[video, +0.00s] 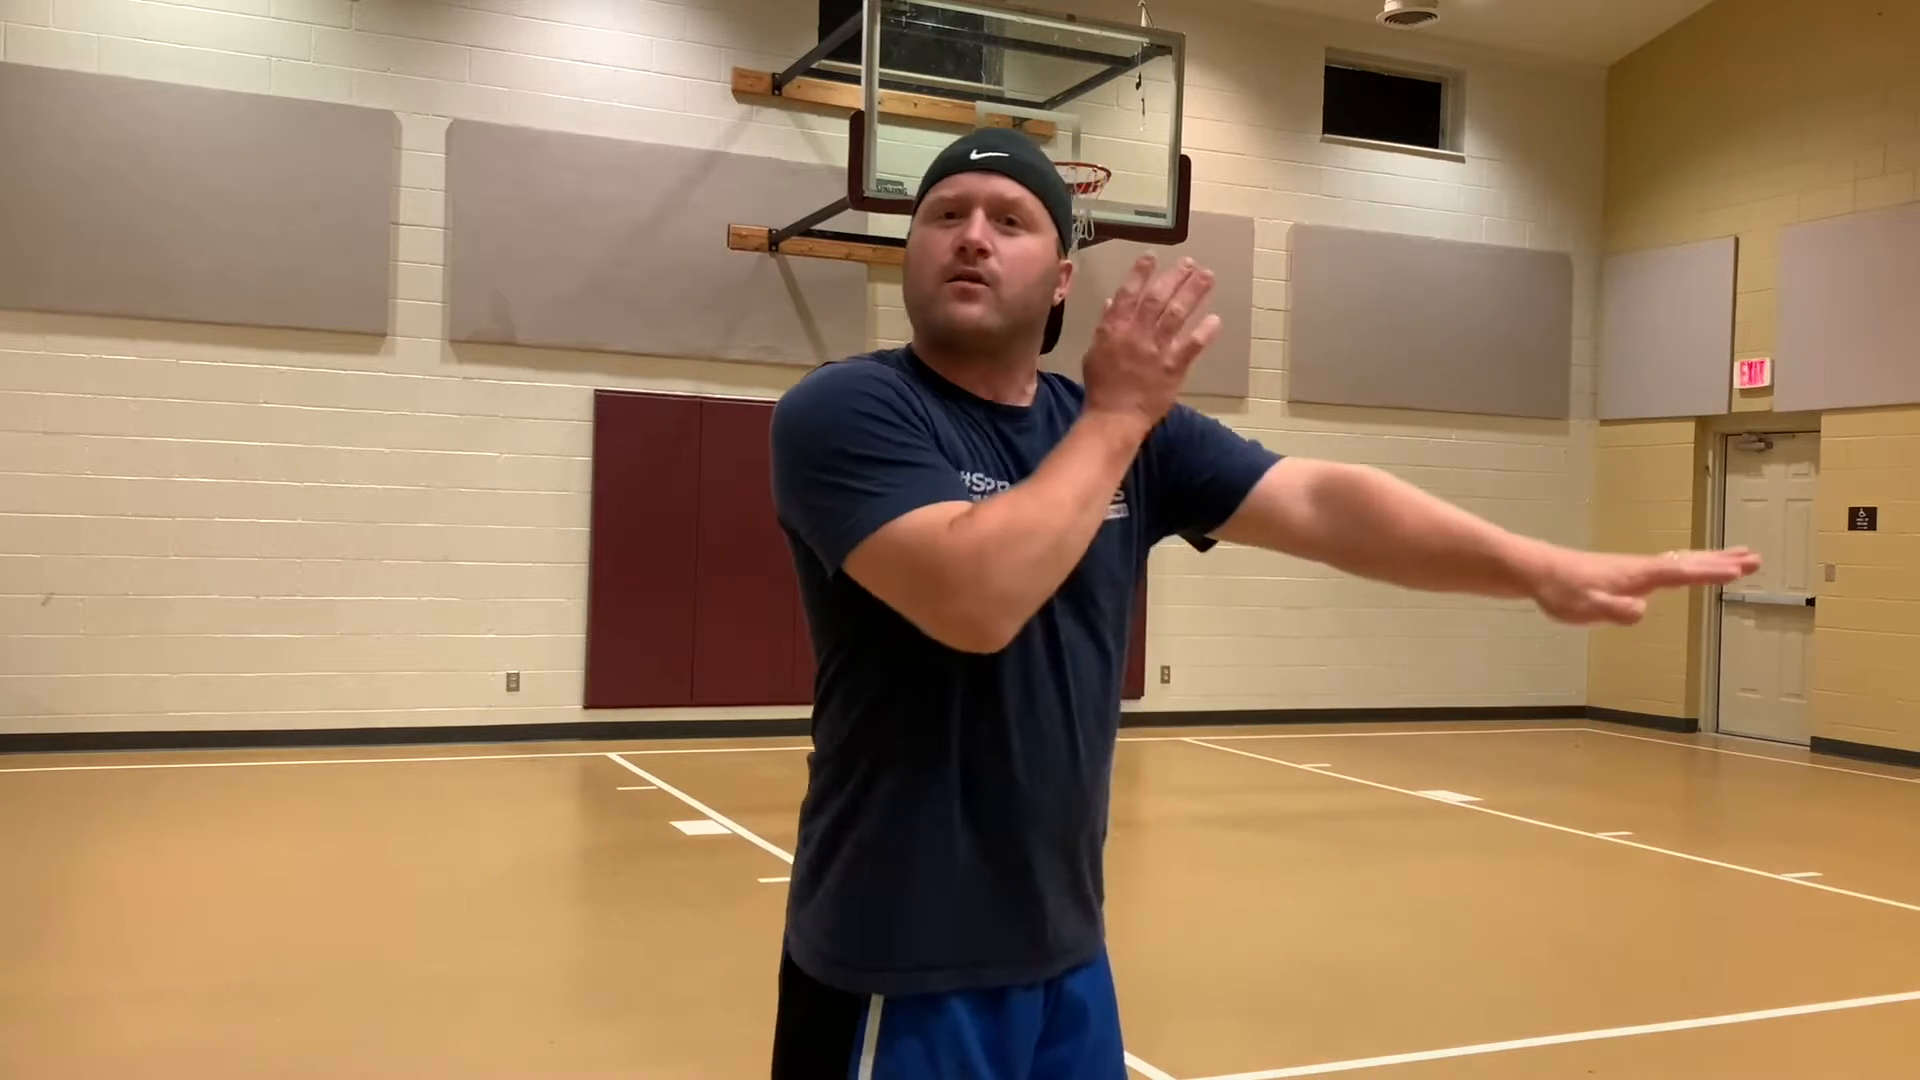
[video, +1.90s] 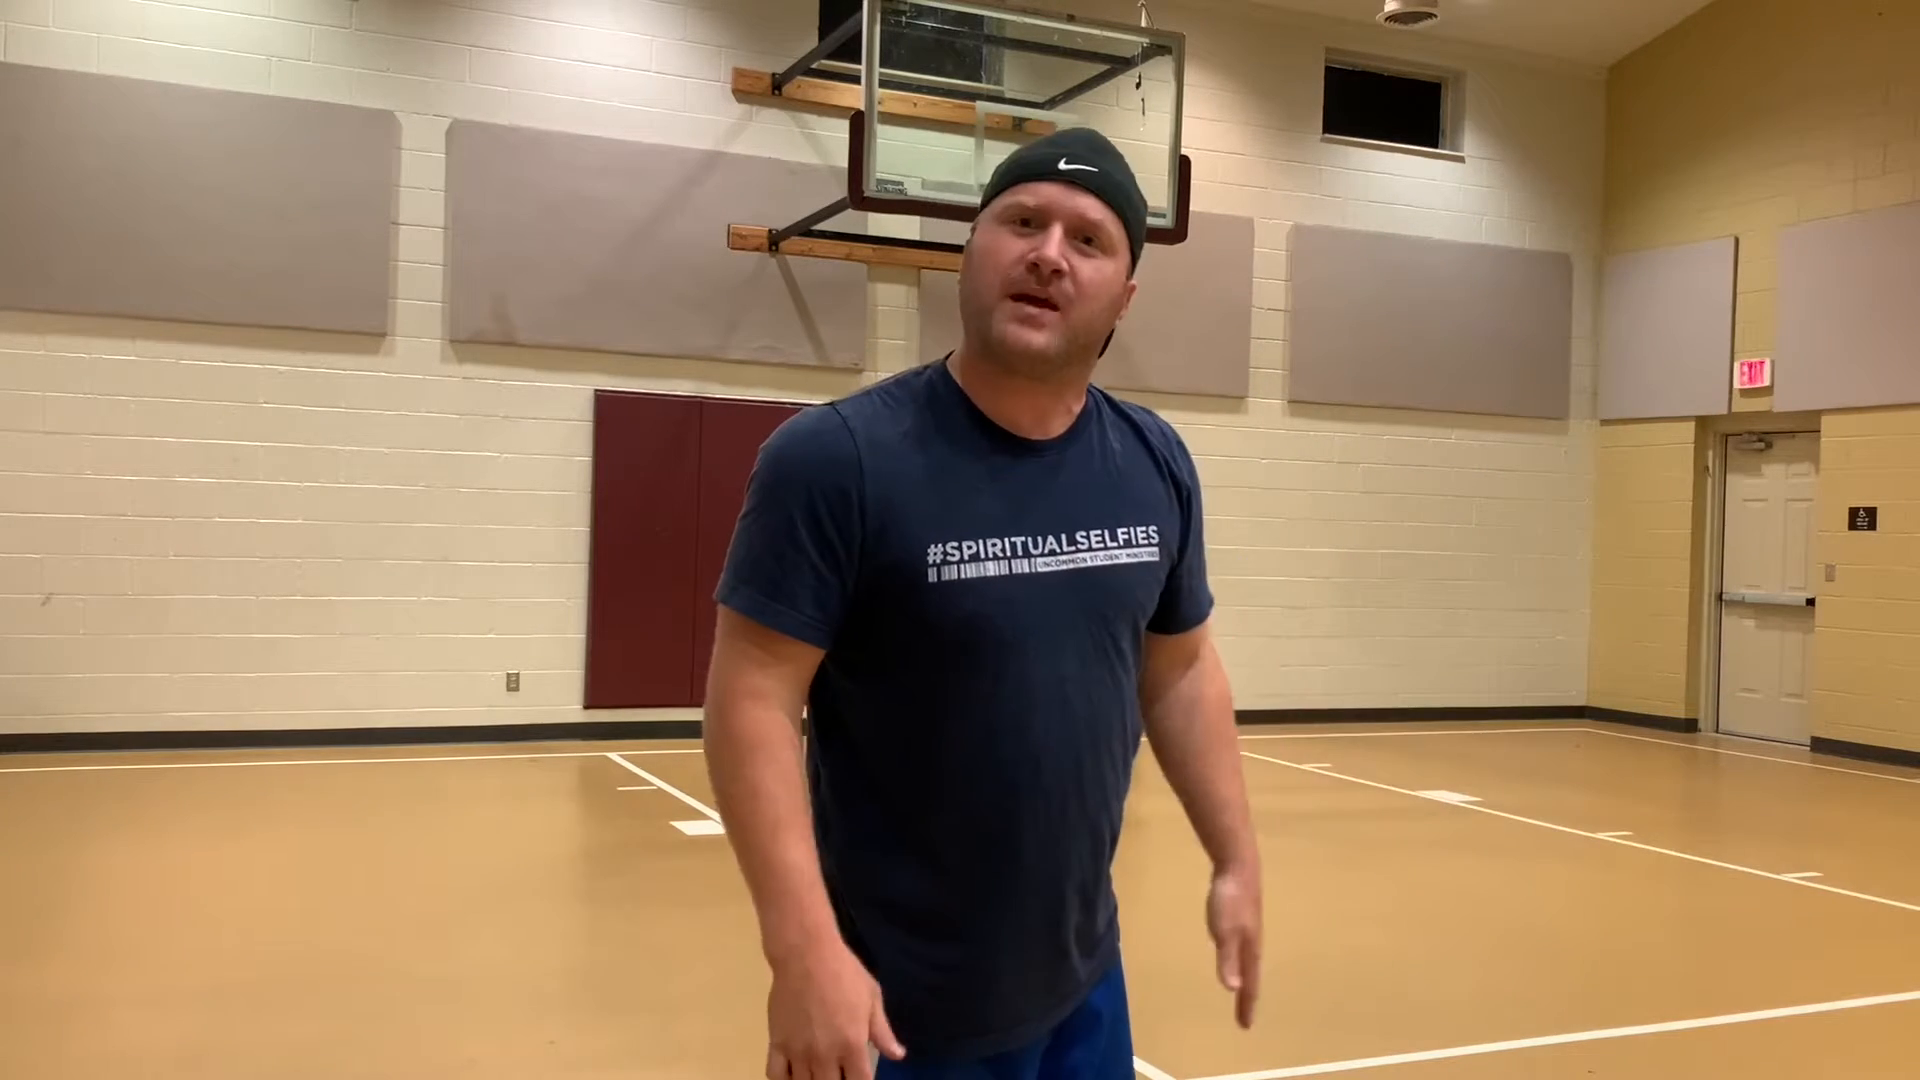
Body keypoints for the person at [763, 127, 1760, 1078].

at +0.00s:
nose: (968, 238)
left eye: (1007, 222)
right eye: (944, 217)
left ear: (1063, 275)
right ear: (903, 259)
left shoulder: (1111, 422)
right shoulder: (840, 413)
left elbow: (1319, 507)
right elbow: (975, 601)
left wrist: (1540, 568)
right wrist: (1115, 414)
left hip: (1061, 948)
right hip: (888, 962)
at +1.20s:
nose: (992, 247)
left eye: (1022, 223)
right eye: (959, 227)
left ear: (1072, 258)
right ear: (912, 266)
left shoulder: (1122, 440)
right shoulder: (839, 426)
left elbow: (1321, 557)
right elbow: (908, 657)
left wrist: (1515, 630)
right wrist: (1096, 511)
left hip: (1059, 951)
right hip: (885, 969)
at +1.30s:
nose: (1000, 247)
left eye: (1030, 220)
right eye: (965, 225)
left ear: (1077, 258)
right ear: (918, 265)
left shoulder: (1138, 454)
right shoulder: (839, 436)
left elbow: (1315, 592)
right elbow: (828, 685)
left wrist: (1504, 677)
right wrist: (1065, 584)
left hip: (1063, 959)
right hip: (889, 975)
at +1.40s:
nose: (1005, 246)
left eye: (1036, 220)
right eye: (969, 223)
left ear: (1085, 259)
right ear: (922, 266)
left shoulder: (1141, 454)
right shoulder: (836, 444)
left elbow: (1292, 620)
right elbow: (766, 688)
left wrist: (1483, 728)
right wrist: (996, 688)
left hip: (1071, 961)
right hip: (893, 981)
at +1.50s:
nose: (1015, 244)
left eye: (1045, 219)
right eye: (981, 219)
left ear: (1092, 258)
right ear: (930, 258)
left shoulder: (1145, 455)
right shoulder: (830, 451)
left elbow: (1262, 634)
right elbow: (746, 681)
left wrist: (1430, 768)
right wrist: (910, 787)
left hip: (1076, 968)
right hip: (895, 984)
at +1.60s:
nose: (1018, 239)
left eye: (1053, 221)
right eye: (988, 213)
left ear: (1099, 270)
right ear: (937, 254)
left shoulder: (1151, 456)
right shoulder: (830, 455)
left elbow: (1226, 641)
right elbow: (742, 683)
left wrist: (1364, 800)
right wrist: (845, 859)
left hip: (1080, 976)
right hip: (896, 996)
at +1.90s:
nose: (1049, 255)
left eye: (1088, 241)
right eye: (1022, 224)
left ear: (1123, 297)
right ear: (967, 256)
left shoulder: (1149, 465)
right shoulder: (834, 460)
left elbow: (1181, 670)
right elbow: (750, 701)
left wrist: (1236, 858)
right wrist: (803, 956)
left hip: (1077, 976)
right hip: (891, 1001)